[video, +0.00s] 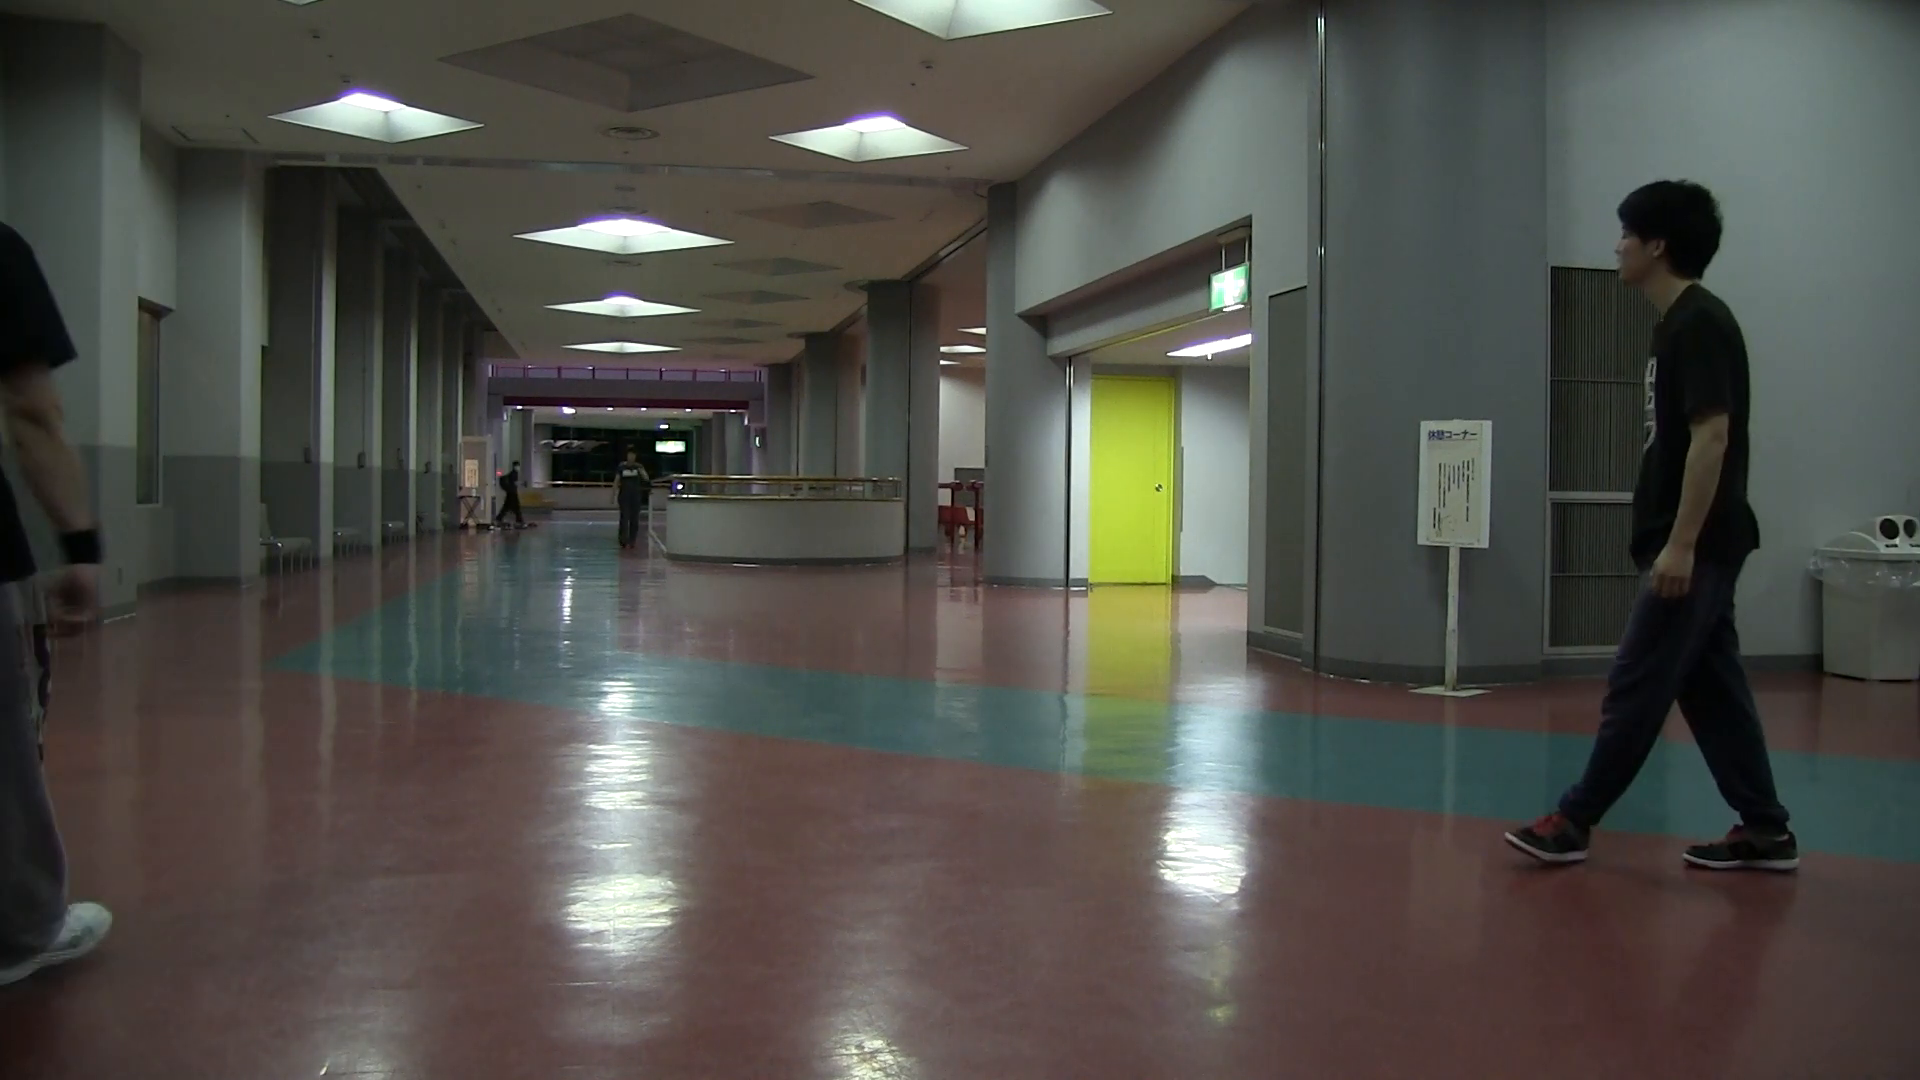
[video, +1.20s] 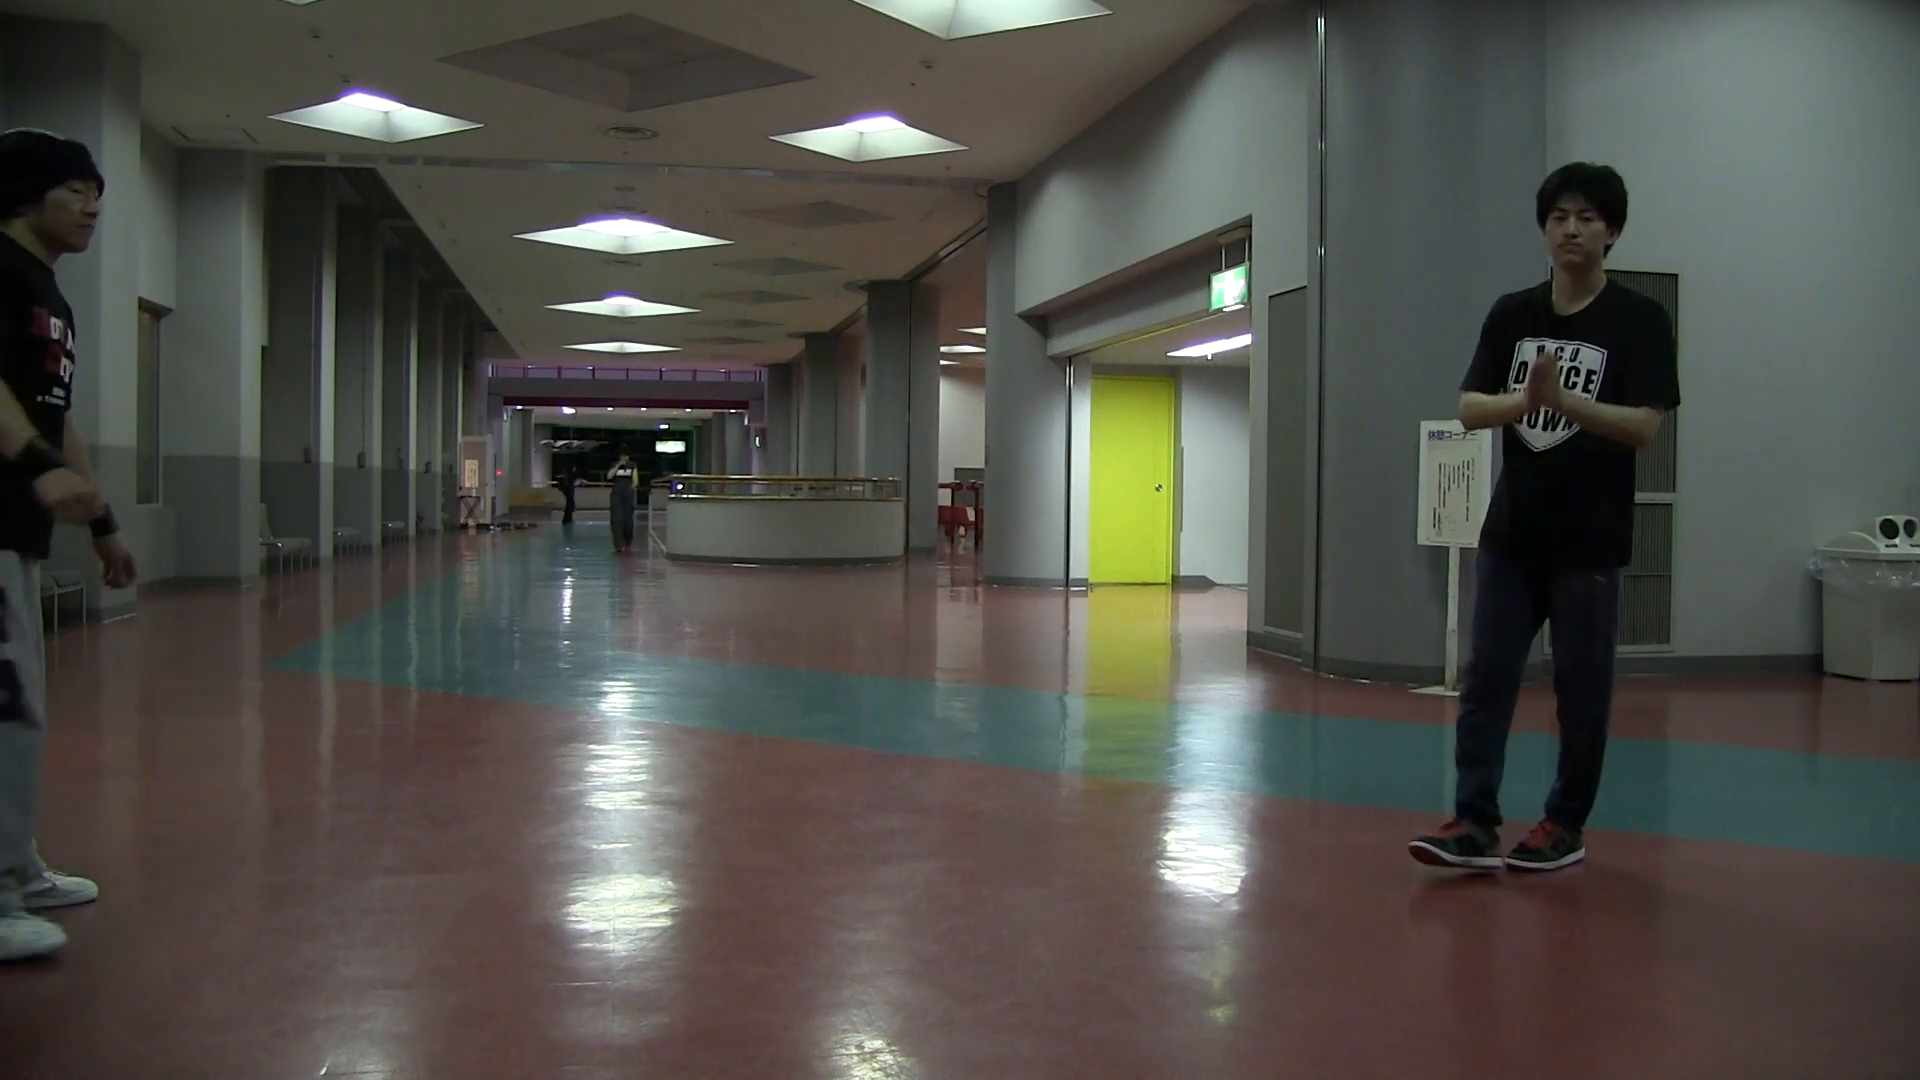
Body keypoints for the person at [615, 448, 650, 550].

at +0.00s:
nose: (631, 459)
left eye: (632, 456)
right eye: (629, 456)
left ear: (635, 457)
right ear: (626, 457)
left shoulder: (639, 467)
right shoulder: (621, 467)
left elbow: (646, 478)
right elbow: (616, 482)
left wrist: (640, 470)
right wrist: (614, 496)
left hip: (636, 498)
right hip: (624, 498)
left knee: (634, 520)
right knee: (624, 519)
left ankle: (632, 541)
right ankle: (623, 541)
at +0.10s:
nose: (630, 459)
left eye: (632, 457)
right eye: (629, 457)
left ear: (635, 458)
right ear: (626, 458)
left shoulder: (638, 468)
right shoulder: (621, 469)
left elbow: (643, 480)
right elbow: (615, 483)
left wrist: (636, 483)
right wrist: (612, 498)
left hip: (635, 498)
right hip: (623, 498)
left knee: (634, 519)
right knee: (625, 519)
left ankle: (632, 541)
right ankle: (626, 542)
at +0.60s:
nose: (630, 459)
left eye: (632, 457)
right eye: (628, 457)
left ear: (634, 457)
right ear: (625, 457)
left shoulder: (636, 468)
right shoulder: (619, 467)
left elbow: (640, 481)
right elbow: (612, 480)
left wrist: (644, 489)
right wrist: (617, 484)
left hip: (633, 497)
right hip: (621, 497)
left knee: (631, 519)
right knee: (622, 519)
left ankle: (628, 542)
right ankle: (624, 541)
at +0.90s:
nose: (627, 456)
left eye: (629, 454)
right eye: (626, 454)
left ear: (632, 454)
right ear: (623, 454)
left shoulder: (635, 465)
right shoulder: (618, 463)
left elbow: (639, 479)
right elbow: (610, 476)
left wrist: (641, 492)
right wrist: (617, 468)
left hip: (632, 495)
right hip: (620, 494)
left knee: (630, 520)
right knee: (619, 519)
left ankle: (627, 544)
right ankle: (618, 543)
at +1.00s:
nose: (627, 457)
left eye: (629, 455)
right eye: (625, 455)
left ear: (632, 456)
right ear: (622, 455)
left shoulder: (635, 465)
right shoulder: (618, 464)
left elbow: (637, 478)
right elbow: (610, 476)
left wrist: (635, 485)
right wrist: (618, 467)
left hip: (631, 494)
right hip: (619, 494)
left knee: (630, 519)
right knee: (619, 518)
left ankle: (627, 544)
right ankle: (616, 544)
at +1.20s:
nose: (624, 459)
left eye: (626, 456)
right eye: (622, 456)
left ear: (628, 456)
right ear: (619, 457)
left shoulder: (632, 466)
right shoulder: (616, 465)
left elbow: (635, 481)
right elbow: (609, 476)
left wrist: (632, 487)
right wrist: (618, 465)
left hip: (628, 497)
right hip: (617, 496)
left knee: (628, 520)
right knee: (617, 520)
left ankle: (628, 544)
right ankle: (618, 545)